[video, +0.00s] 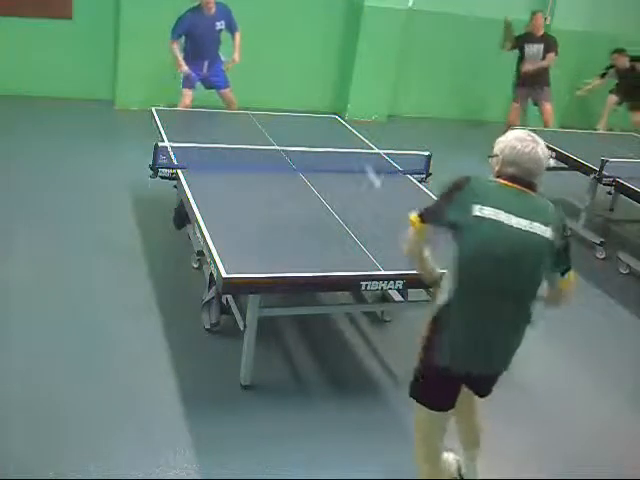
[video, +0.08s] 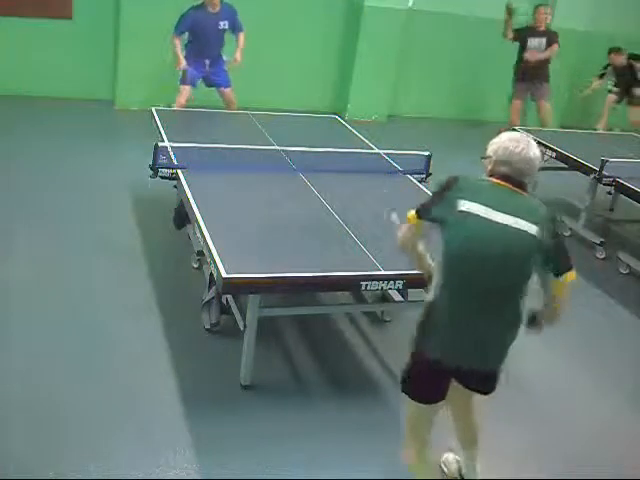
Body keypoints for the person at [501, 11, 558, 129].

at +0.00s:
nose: (537, 23)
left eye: (539, 21)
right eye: (535, 20)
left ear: (543, 22)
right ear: (531, 22)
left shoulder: (550, 40)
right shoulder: (523, 38)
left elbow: (549, 61)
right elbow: (507, 46)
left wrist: (532, 67)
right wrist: (508, 30)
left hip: (541, 83)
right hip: (523, 81)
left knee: (546, 111)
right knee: (515, 110)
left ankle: (549, 135)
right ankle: (511, 136)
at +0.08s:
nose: (542, 17)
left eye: (544, 14)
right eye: (539, 14)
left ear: (547, 17)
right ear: (534, 16)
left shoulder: (551, 34)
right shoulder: (525, 31)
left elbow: (554, 50)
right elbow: (508, 36)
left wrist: (537, 56)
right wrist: (509, 19)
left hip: (540, 76)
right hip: (522, 75)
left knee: (543, 105)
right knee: (516, 104)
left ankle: (548, 131)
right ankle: (514, 131)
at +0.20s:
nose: (547, 15)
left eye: (550, 13)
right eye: (545, 12)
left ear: (552, 16)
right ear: (538, 13)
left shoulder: (554, 32)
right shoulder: (527, 26)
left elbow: (556, 46)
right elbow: (508, 26)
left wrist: (536, 46)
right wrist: (511, 7)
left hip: (539, 75)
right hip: (521, 72)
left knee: (536, 107)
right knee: (514, 103)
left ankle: (531, 133)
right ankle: (510, 132)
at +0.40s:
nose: (544, 28)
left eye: (547, 26)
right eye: (542, 25)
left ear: (550, 28)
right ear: (536, 25)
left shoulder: (549, 46)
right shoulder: (523, 40)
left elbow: (550, 68)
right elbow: (501, 45)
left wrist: (542, 67)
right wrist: (506, 33)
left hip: (531, 87)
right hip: (513, 83)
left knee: (531, 117)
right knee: (499, 112)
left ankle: (522, 143)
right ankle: (481, 136)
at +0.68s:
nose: (535, 33)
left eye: (538, 31)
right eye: (532, 30)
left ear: (539, 33)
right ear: (525, 30)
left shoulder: (536, 50)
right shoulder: (511, 44)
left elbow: (536, 69)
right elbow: (493, 58)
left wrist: (536, 87)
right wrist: (497, 73)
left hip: (520, 82)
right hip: (503, 79)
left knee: (531, 116)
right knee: (491, 112)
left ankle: (523, 141)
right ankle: (474, 137)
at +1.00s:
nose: (533, 32)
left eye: (536, 29)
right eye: (531, 28)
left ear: (538, 32)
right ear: (524, 29)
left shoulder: (536, 48)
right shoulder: (512, 45)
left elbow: (538, 68)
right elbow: (496, 61)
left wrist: (540, 87)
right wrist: (511, 72)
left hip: (523, 86)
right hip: (506, 85)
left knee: (533, 117)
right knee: (496, 114)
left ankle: (523, 141)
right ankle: (474, 138)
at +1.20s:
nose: (534, 22)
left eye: (535, 19)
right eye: (531, 19)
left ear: (537, 22)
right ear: (523, 20)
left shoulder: (537, 38)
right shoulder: (515, 36)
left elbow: (539, 59)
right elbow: (504, 55)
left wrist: (543, 79)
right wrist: (521, 64)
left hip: (526, 81)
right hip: (508, 80)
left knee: (531, 110)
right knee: (492, 107)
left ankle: (523, 138)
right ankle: (475, 134)